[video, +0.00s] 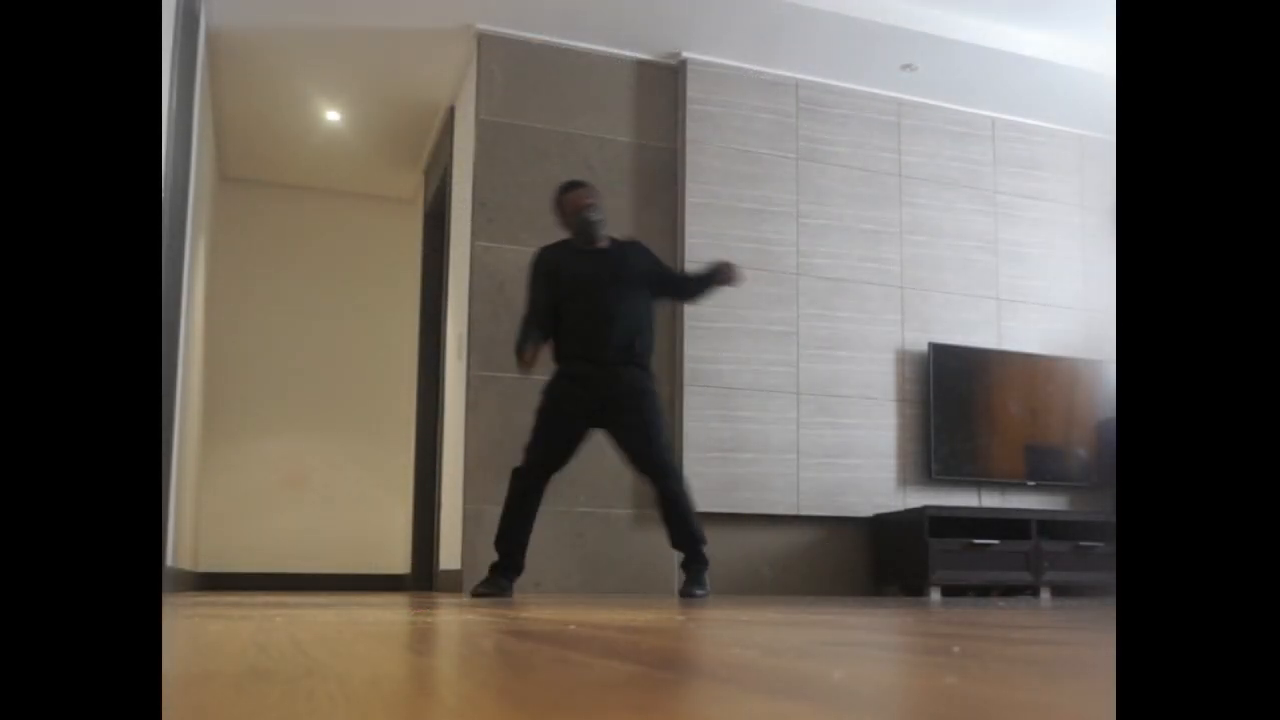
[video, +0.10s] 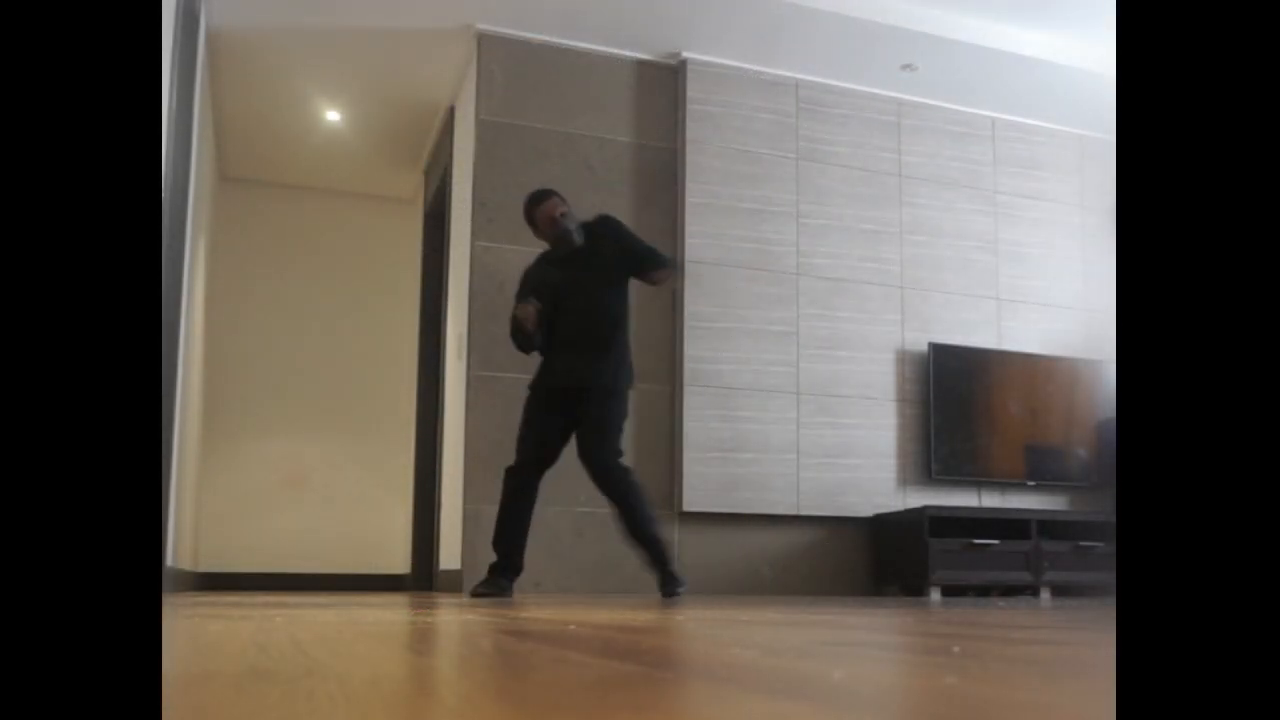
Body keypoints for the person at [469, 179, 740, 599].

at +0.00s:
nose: (588, 211)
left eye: (592, 203)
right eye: (577, 207)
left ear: (602, 209)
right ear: (562, 218)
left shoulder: (632, 256)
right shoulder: (552, 261)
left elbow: (678, 287)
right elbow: (539, 312)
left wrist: (712, 277)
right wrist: (528, 344)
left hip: (628, 388)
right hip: (572, 387)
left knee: (663, 472)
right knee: (532, 473)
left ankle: (695, 566)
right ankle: (504, 572)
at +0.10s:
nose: (559, 220)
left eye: (561, 211)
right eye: (548, 219)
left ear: (570, 209)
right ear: (537, 231)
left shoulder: (604, 235)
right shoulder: (539, 274)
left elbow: (661, 271)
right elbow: (525, 344)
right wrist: (524, 325)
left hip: (605, 378)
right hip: (556, 381)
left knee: (602, 462)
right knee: (523, 472)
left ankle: (664, 568)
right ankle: (503, 574)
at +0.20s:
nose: (555, 209)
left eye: (557, 200)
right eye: (544, 205)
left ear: (567, 201)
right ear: (532, 216)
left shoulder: (595, 230)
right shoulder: (533, 269)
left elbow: (630, 278)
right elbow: (530, 326)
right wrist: (516, 311)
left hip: (601, 371)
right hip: (551, 375)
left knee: (608, 455)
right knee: (523, 466)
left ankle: (655, 563)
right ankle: (503, 572)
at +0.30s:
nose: (565, 192)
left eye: (569, 186)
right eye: (555, 188)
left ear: (578, 193)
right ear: (538, 199)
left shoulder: (595, 224)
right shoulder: (524, 241)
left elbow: (601, 261)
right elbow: (511, 292)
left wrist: (599, 291)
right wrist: (511, 287)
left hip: (603, 362)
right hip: (549, 367)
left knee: (641, 448)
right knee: (525, 464)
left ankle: (679, 544)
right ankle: (505, 569)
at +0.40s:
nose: (566, 199)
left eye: (571, 193)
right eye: (557, 193)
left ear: (579, 201)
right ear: (539, 203)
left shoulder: (595, 239)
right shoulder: (524, 235)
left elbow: (599, 272)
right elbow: (509, 263)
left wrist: (592, 297)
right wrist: (507, 277)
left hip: (607, 372)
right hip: (551, 376)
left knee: (648, 457)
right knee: (525, 471)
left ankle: (685, 550)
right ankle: (505, 570)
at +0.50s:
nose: (568, 212)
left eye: (572, 206)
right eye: (558, 207)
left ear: (580, 212)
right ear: (539, 214)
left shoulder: (599, 252)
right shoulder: (523, 248)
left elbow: (604, 285)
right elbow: (508, 292)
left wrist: (594, 308)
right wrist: (505, 283)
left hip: (602, 384)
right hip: (546, 388)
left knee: (647, 470)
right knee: (520, 479)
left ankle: (686, 564)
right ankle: (503, 573)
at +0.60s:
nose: (567, 214)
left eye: (571, 207)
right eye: (558, 208)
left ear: (577, 205)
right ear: (536, 211)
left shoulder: (595, 238)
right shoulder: (519, 247)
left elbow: (603, 273)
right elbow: (514, 304)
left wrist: (597, 301)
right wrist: (510, 297)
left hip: (594, 374)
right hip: (540, 378)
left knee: (631, 454)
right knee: (519, 471)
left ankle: (681, 550)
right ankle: (504, 573)